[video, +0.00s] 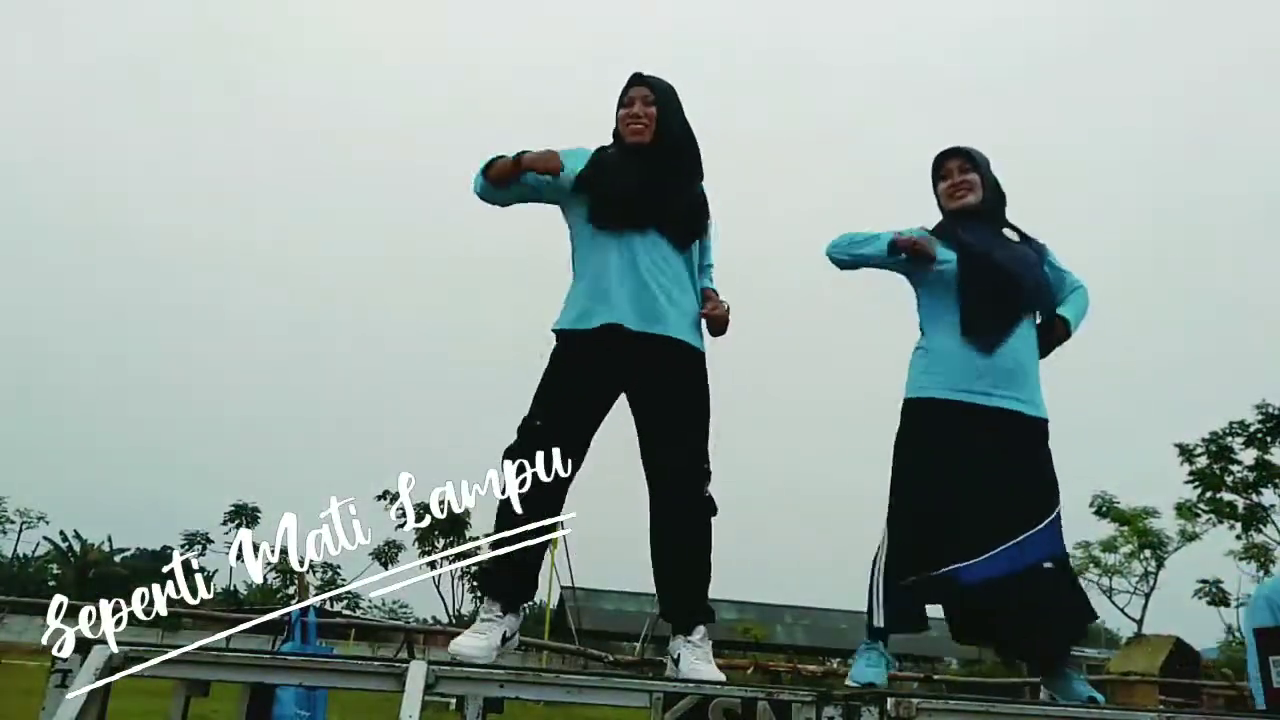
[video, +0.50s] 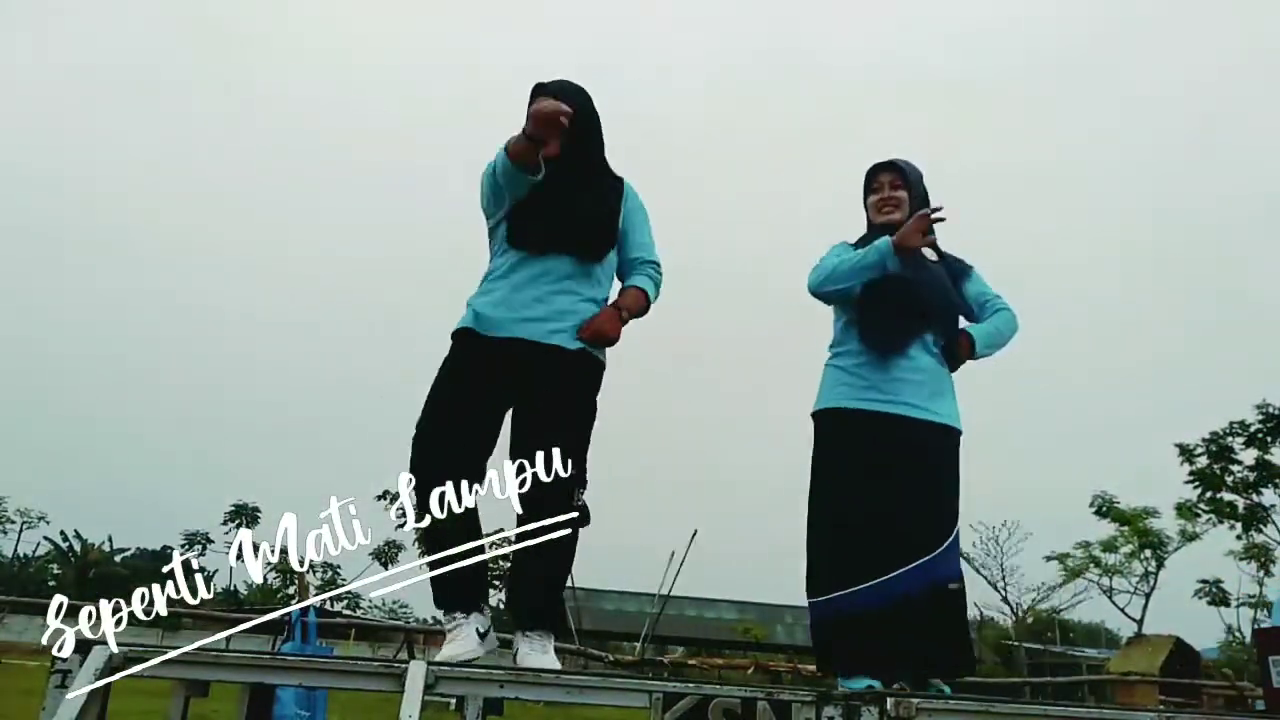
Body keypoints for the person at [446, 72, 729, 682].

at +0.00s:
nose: (637, 114)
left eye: (649, 106)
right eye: (628, 106)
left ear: (670, 119)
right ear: (615, 117)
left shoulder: (687, 192)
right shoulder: (583, 168)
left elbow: (702, 274)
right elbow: (490, 188)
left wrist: (711, 299)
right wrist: (518, 164)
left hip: (672, 344)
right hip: (589, 336)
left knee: (682, 487)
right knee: (536, 468)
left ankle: (690, 636)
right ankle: (499, 613)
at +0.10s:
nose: (616, 123)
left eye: (630, 116)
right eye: (609, 115)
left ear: (651, 131)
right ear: (596, 127)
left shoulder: (665, 204)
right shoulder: (563, 178)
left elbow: (671, 293)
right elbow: (475, 206)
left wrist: (686, 321)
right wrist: (497, 178)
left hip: (647, 353)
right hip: (565, 347)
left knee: (678, 496)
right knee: (513, 485)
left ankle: (687, 640)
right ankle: (481, 629)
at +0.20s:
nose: (596, 119)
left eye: (608, 111)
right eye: (588, 110)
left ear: (630, 125)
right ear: (574, 122)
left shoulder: (647, 202)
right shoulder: (536, 182)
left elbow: (662, 276)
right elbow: (461, 204)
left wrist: (663, 310)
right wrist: (531, 165)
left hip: (617, 352)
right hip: (530, 344)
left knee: (648, 488)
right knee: (488, 482)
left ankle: (667, 635)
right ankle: (478, 628)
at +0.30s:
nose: (571, 107)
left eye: (583, 99)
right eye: (565, 98)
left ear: (609, 111)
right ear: (552, 109)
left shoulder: (633, 184)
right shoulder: (521, 158)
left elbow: (655, 257)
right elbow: (493, 187)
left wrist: (650, 294)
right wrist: (583, 162)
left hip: (600, 339)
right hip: (515, 333)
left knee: (609, 479)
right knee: (486, 473)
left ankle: (602, 625)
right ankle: (478, 623)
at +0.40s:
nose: (550, 110)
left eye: (563, 102)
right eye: (543, 103)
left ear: (589, 113)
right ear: (533, 113)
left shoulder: (623, 182)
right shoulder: (507, 163)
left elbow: (646, 257)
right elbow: (513, 183)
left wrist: (632, 302)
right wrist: (607, 163)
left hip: (581, 341)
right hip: (502, 334)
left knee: (567, 479)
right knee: (478, 472)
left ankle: (546, 622)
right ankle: (475, 621)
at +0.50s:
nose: (544, 135)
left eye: (556, 125)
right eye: (538, 125)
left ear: (581, 127)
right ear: (529, 130)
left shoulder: (617, 194)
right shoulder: (510, 180)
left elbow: (644, 270)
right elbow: (505, 171)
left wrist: (619, 311)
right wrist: (532, 136)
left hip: (565, 352)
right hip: (485, 341)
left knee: (551, 486)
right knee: (439, 470)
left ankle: (536, 629)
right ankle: (465, 615)